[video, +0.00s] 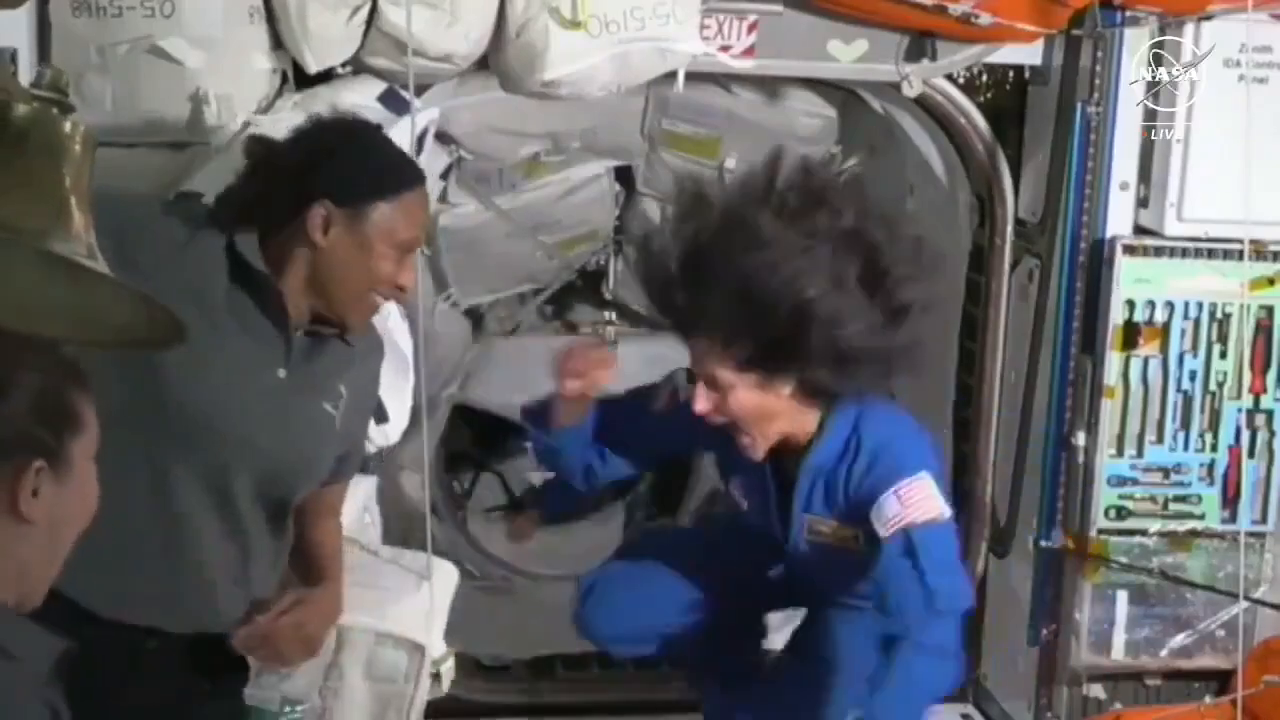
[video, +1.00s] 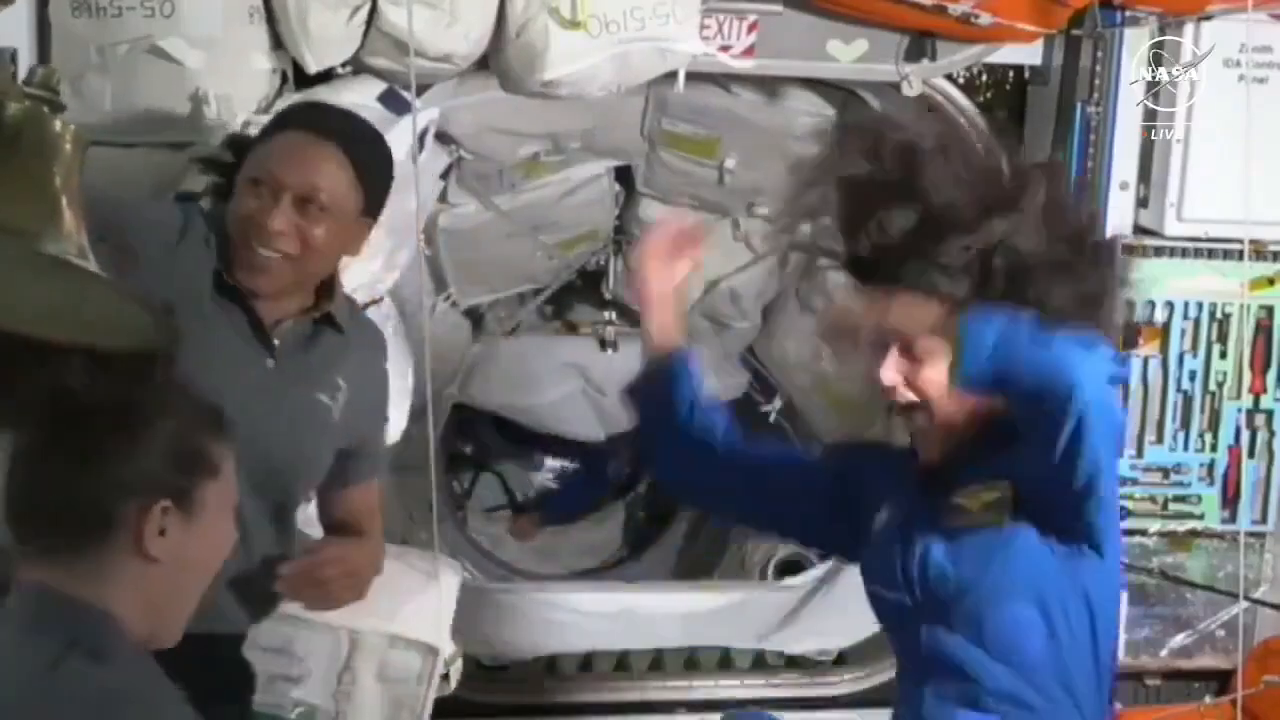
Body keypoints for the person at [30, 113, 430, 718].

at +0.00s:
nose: (407, 284)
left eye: (414, 257)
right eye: (400, 251)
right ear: (322, 225)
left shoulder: (354, 361)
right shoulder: (145, 248)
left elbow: (320, 509)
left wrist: (325, 596)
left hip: (203, 670)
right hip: (55, 638)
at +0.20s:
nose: (400, 281)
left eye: (407, 256)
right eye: (394, 250)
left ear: (315, 224)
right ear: (315, 223)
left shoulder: (350, 355)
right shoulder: (146, 253)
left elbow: (320, 508)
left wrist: (347, 586)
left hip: (210, 667)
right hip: (65, 641)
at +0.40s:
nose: (389, 280)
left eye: (396, 254)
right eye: (381, 248)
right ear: (298, 219)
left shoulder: (345, 343)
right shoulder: (137, 253)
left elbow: (321, 505)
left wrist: (362, 576)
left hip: (220, 667)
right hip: (84, 647)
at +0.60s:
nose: (367, 263)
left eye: (380, 240)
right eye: (349, 231)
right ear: (262, 205)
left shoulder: (346, 342)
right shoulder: (139, 248)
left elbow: (326, 500)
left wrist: (365, 559)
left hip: (223, 664)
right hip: (86, 645)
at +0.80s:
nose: (281, 226)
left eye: (319, 212)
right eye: (266, 192)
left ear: (361, 239)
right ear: (237, 186)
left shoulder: (353, 347)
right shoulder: (142, 246)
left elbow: (344, 521)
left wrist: (354, 566)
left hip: (218, 645)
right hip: (77, 616)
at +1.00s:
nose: (271, 221)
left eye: (310, 207)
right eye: (260, 188)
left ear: (357, 237)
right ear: (234, 186)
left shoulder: (357, 354)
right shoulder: (162, 244)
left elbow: (358, 524)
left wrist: (357, 561)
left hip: (212, 639)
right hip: (72, 599)